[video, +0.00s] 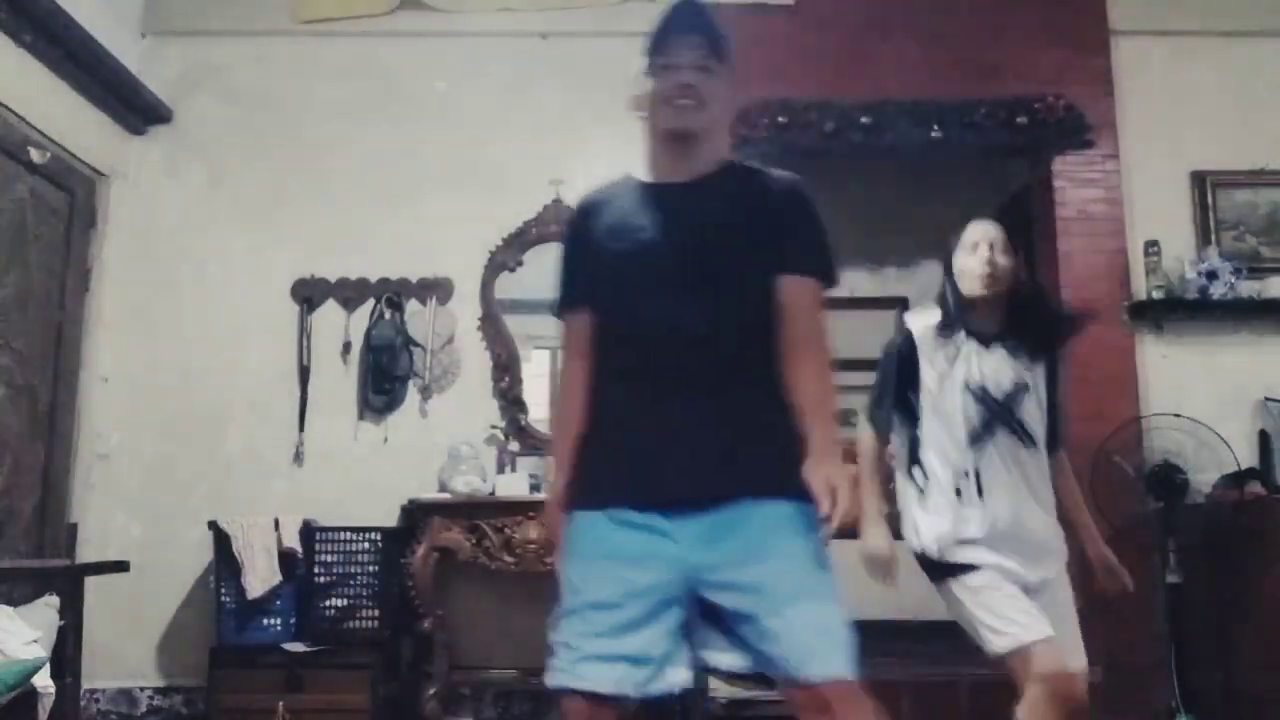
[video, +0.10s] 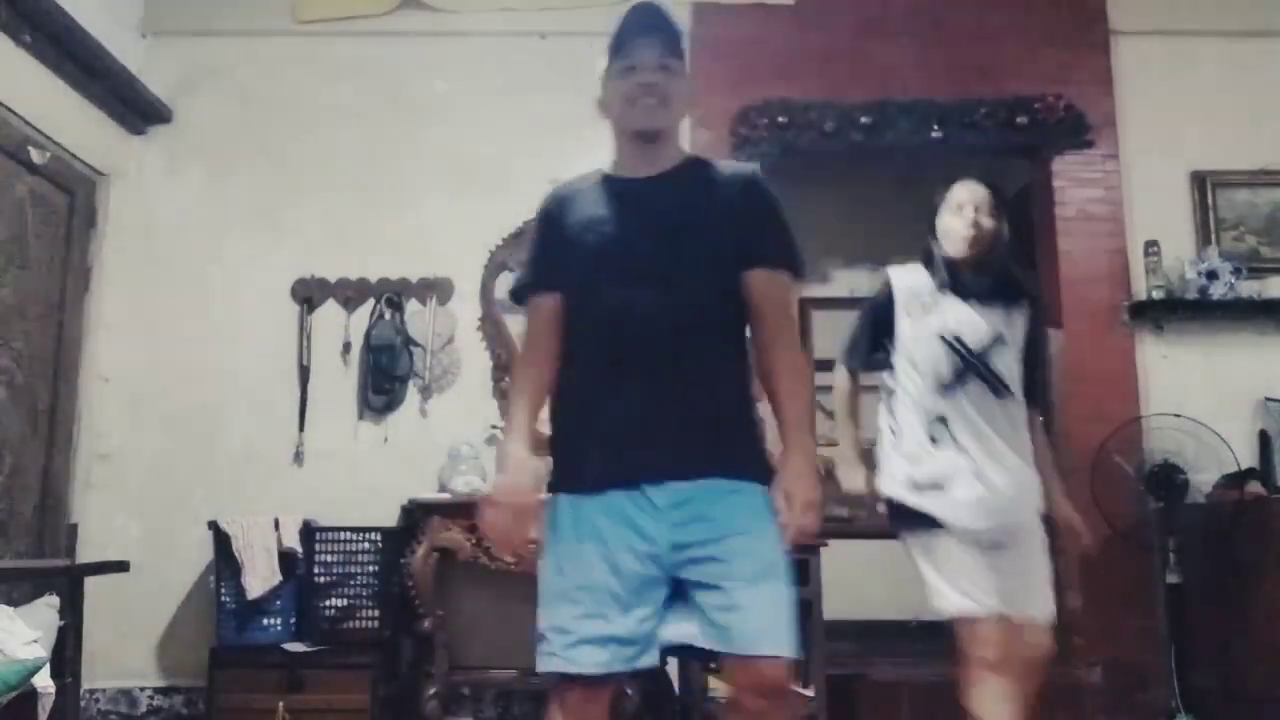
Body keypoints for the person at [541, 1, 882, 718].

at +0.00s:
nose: (684, 81)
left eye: (703, 67)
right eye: (667, 68)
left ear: (734, 90)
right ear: (644, 91)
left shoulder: (777, 202)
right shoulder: (600, 216)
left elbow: (805, 342)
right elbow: (578, 366)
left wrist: (822, 446)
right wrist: (560, 494)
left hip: (757, 506)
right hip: (618, 511)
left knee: (830, 689)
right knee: (585, 701)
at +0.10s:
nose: (648, 81)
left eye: (665, 68)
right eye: (629, 69)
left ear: (688, 87)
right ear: (604, 92)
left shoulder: (740, 196)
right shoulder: (568, 208)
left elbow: (778, 335)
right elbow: (540, 348)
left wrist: (800, 456)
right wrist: (515, 456)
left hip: (725, 486)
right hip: (596, 494)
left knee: (768, 677)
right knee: (581, 691)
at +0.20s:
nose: (623, 93)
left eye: (639, 82)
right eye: (605, 84)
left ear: (663, 103)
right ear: (581, 110)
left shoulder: (715, 207)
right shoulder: (552, 225)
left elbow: (762, 333)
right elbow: (509, 346)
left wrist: (781, 451)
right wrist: (462, 411)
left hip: (692, 482)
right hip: (568, 489)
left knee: (708, 684)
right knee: (566, 687)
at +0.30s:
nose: (608, 118)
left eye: (624, 106)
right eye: (590, 109)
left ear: (650, 129)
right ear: (568, 136)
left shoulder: (699, 220)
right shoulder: (541, 242)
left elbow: (744, 349)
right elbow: (504, 351)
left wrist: (763, 466)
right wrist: (436, 400)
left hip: (660, 485)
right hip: (551, 486)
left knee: (653, 690)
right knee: (562, 678)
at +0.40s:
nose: (605, 130)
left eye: (621, 118)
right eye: (587, 121)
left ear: (646, 139)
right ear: (566, 149)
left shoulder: (691, 235)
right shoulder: (539, 253)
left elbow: (726, 359)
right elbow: (501, 362)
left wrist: (744, 461)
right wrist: (427, 413)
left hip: (654, 490)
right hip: (553, 492)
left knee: (631, 680)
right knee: (559, 675)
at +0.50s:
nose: (607, 134)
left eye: (623, 123)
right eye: (591, 125)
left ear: (647, 148)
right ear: (570, 150)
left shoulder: (684, 245)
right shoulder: (534, 246)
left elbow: (711, 364)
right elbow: (497, 363)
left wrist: (712, 473)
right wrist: (455, 447)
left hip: (649, 491)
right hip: (551, 489)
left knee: (630, 667)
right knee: (557, 659)